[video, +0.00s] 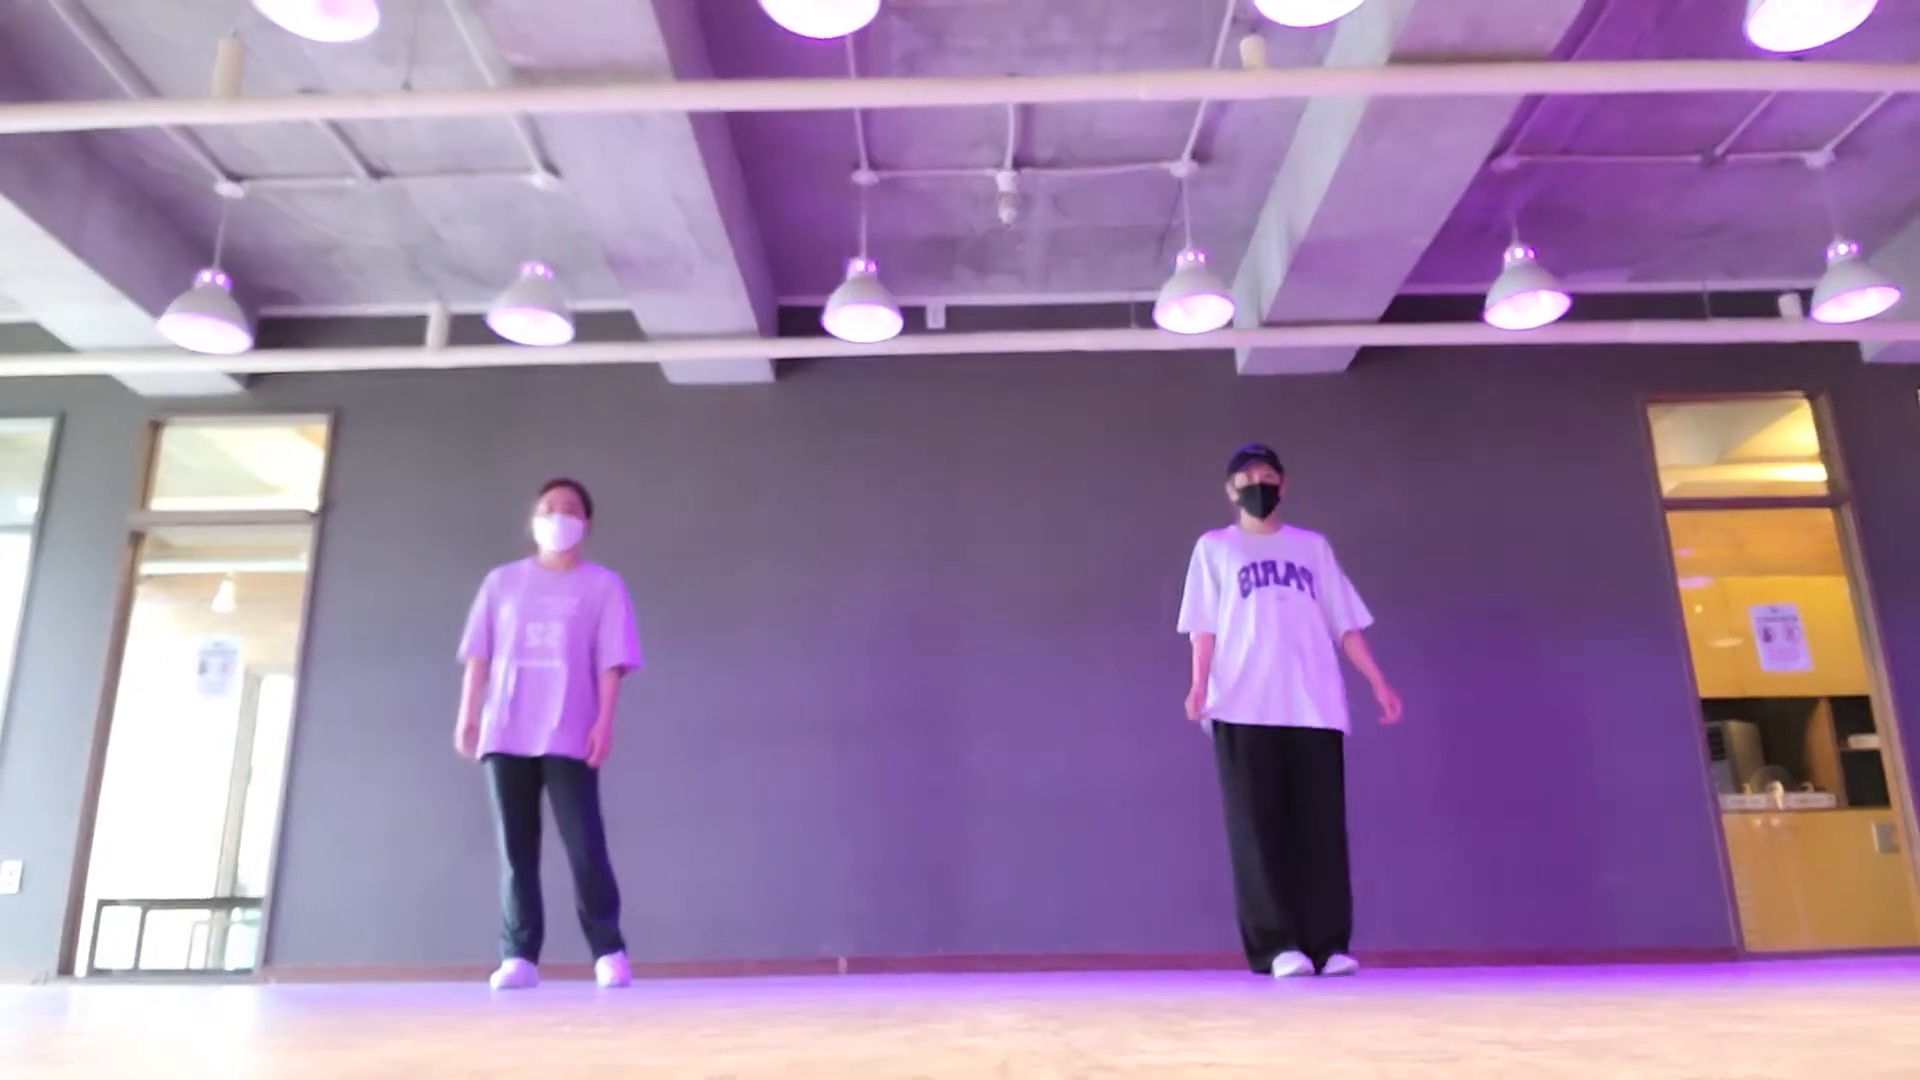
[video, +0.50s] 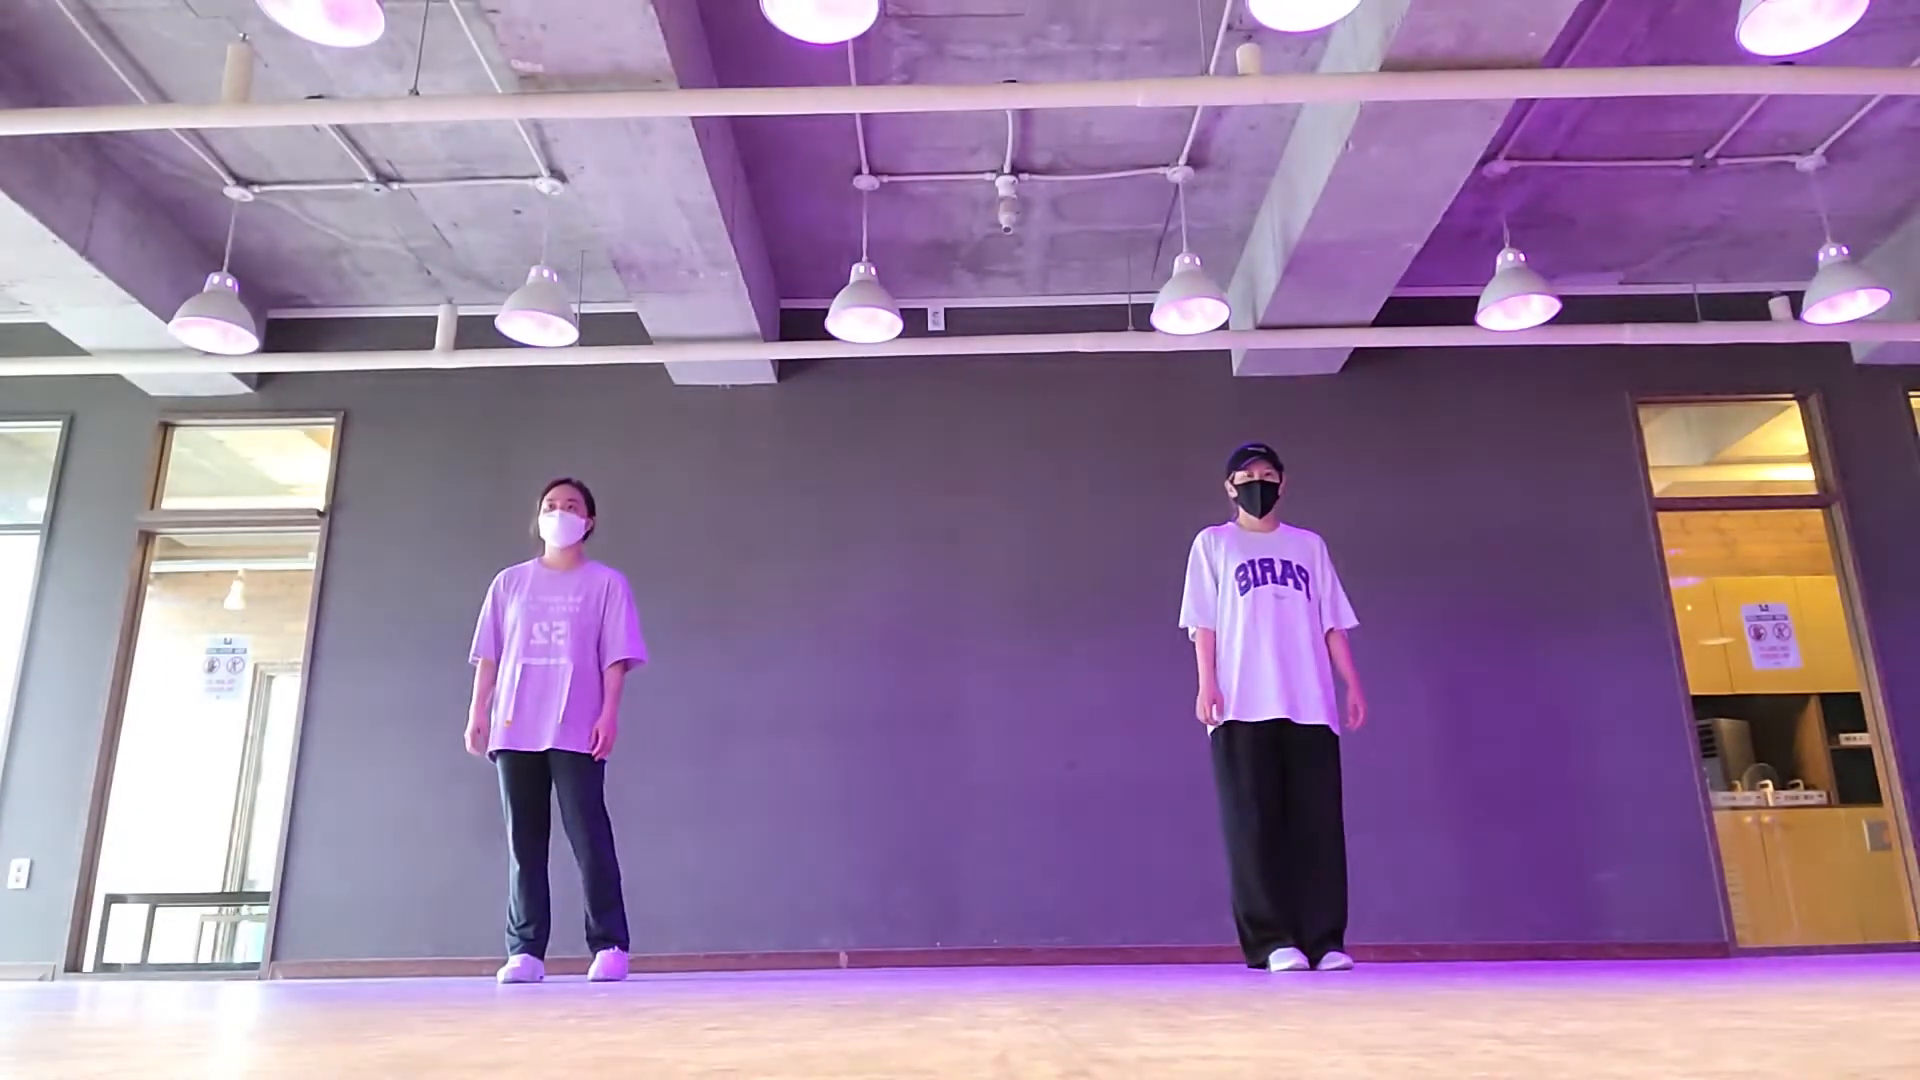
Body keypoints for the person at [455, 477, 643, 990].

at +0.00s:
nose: (557, 521)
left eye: (569, 513)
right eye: (548, 512)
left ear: (585, 525)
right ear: (532, 522)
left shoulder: (603, 586)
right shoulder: (501, 582)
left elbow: (611, 665)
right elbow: (477, 656)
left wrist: (604, 723)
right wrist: (468, 716)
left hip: (568, 735)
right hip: (506, 733)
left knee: (586, 849)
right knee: (516, 853)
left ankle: (609, 952)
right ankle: (518, 956)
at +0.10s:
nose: (559, 520)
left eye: (570, 513)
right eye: (550, 512)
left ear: (587, 525)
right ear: (535, 521)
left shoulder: (605, 586)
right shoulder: (504, 582)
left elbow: (612, 663)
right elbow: (480, 655)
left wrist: (606, 721)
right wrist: (472, 712)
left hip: (571, 732)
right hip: (509, 731)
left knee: (589, 845)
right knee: (519, 849)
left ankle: (612, 949)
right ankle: (522, 953)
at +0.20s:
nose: (560, 516)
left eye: (572, 510)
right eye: (551, 509)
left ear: (588, 525)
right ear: (537, 523)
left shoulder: (606, 584)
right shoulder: (506, 582)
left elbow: (613, 660)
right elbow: (484, 655)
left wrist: (608, 718)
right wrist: (476, 711)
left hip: (573, 730)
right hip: (511, 731)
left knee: (590, 843)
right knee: (522, 848)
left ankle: (613, 948)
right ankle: (524, 952)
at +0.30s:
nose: (559, 514)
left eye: (571, 509)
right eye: (550, 508)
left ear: (587, 525)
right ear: (536, 522)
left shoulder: (606, 584)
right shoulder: (506, 582)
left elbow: (613, 660)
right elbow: (485, 655)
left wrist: (607, 717)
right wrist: (476, 712)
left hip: (573, 730)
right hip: (511, 731)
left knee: (590, 843)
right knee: (522, 848)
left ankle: (613, 948)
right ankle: (524, 952)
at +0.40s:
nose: (559, 514)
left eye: (571, 508)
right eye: (550, 507)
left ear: (588, 524)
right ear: (536, 522)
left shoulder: (605, 583)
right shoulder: (506, 582)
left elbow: (614, 659)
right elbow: (486, 656)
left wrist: (608, 716)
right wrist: (476, 713)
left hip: (574, 729)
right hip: (512, 729)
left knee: (590, 841)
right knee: (522, 846)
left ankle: (612, 947)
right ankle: (525, 952)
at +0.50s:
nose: (560, 513)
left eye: (571, 507)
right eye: (551, 507)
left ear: (588, 523)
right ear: (537, 522)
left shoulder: (607, 583)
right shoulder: (508, 582)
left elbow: (616, 658)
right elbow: (487, 656)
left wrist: (609, 714)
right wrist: (478, 712)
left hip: (575, 728)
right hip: (514, 728)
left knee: (588, 838)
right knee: (524, 844)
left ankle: (610, 947)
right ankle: (524, 952)